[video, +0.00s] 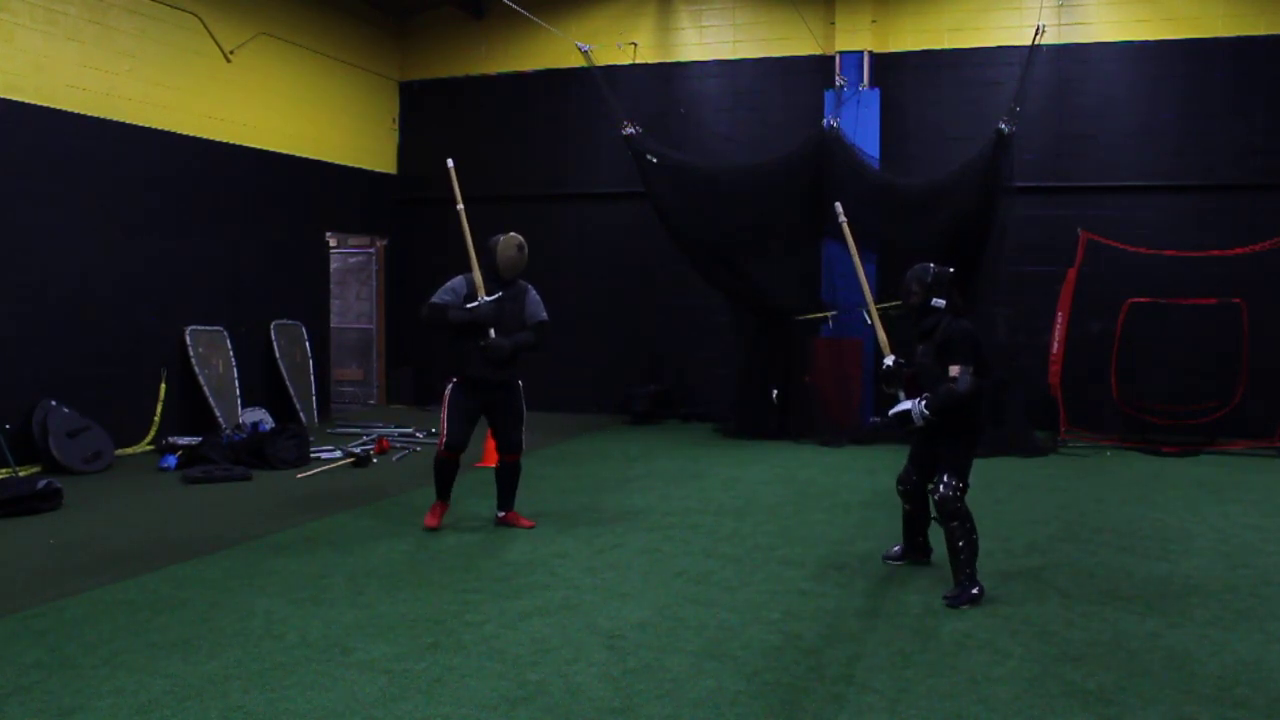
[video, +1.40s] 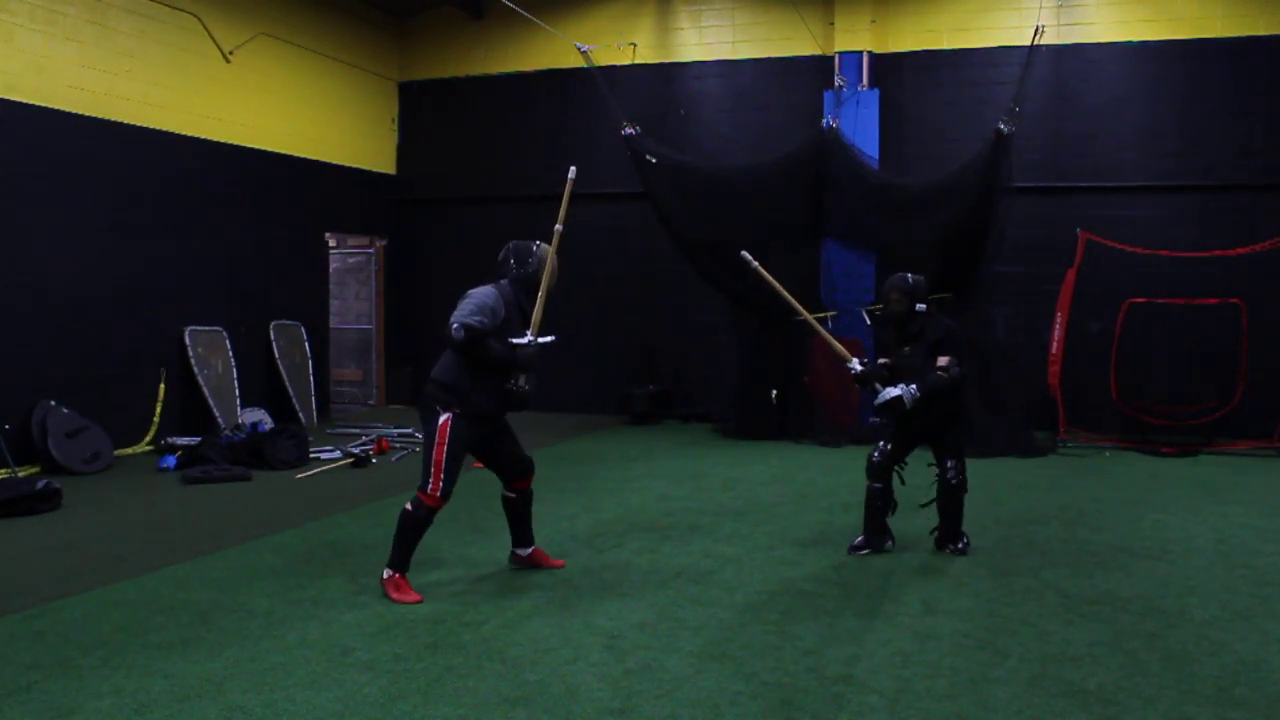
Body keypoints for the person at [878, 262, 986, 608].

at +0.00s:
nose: (908, 298)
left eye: (914, 291)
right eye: (908, 290)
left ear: (930, 294)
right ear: (928, 294)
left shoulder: (955, 330)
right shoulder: (922, 330)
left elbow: (960, 385)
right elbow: (918, 380)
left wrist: (926, 405)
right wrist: (895, 374)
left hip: (960, 425)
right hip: (934, 423)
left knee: (948, 495)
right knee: (911, 484)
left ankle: (967, 581)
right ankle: (915, 547)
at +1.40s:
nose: (891, 304)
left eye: (898, 298)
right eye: (889, 298)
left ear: (914, 300)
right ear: (886, 300)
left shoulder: (939, 328)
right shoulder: (888, 329)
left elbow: (945, 374)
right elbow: (886, 373)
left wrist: (912, 392)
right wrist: (865, 372)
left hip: (943, 412)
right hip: (907, 412)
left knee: (952, 474)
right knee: (878, 464)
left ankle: (951, 536)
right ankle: (876, 534)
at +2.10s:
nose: (840, 312)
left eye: (846, 306)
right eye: (839, 306)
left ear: (863, 307)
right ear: (840, 308)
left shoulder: (889, 334)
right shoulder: (850, 338)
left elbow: (904, 378)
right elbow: (852, 381)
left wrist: (872, 399)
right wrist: (826, 387)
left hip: (905, 421)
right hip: (871, 422)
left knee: (923, 484)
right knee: (834, 468)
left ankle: (950, 535)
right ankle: (829, 538)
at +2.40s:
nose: (840, 308)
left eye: (846, 302)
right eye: (837, 302)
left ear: (863, 304)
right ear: (832, 303)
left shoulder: (886, 331)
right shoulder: (837, 336)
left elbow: (898, 373)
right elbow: (835, 377)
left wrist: (865, 391)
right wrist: (814, 377)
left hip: (892, 420)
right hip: (855, 420)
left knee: (908, 479)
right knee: (813, 462)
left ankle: (917, 545)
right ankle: (810, 534)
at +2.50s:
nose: (843, 312)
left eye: (851, 306)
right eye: (841, 305)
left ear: (866, 309)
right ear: (835, 306)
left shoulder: (884, 336)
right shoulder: (830, 339)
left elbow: (890, 361)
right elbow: (812, 382)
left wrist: (852, 355)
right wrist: (797, 362)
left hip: (887, 430)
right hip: (849, 429)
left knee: (904, 488)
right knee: (808, 475)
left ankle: (924, 545)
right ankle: (768, 535)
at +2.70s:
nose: (838, 329)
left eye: (846, 325)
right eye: (837, 323)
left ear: (860, 328)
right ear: (832, 323)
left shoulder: (868, 358)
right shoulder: (824, 347)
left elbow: (847, 390)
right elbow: (794, 369)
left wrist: (811, 378)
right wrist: (788, 341)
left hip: (854, 448)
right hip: (813, 444)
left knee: (885, 502)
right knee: (767, 470)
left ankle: (921, 545)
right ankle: (738, 540)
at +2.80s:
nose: (818, 337)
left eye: (826, 333)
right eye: (818, 331)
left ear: (841, 339)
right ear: (815, 331)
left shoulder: (846, 371)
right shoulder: (809, 352)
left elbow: (803, 388)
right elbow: (783, 349)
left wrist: (768, 366)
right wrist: (770, 327)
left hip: (833, 456)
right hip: (795, 452)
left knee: (868, 511)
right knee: (748, 483)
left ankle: (914, 546)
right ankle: (711, 550)